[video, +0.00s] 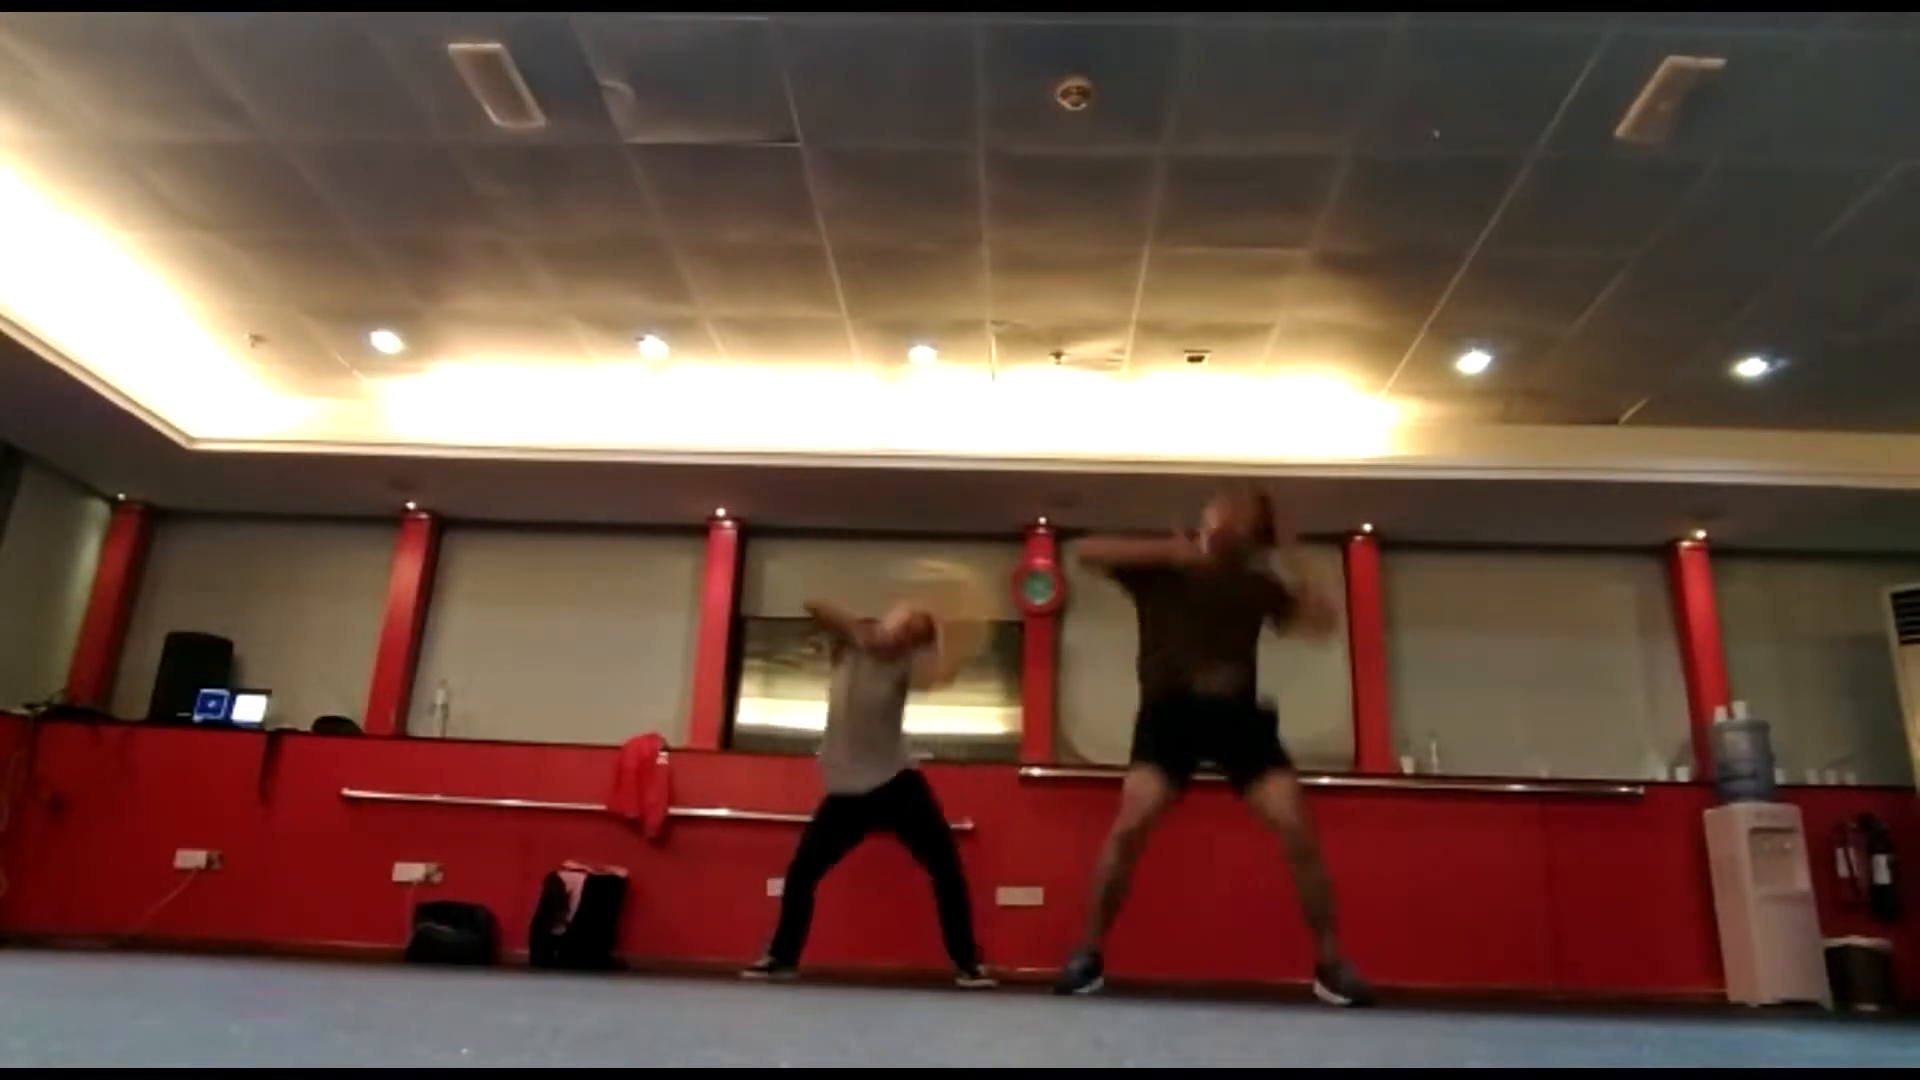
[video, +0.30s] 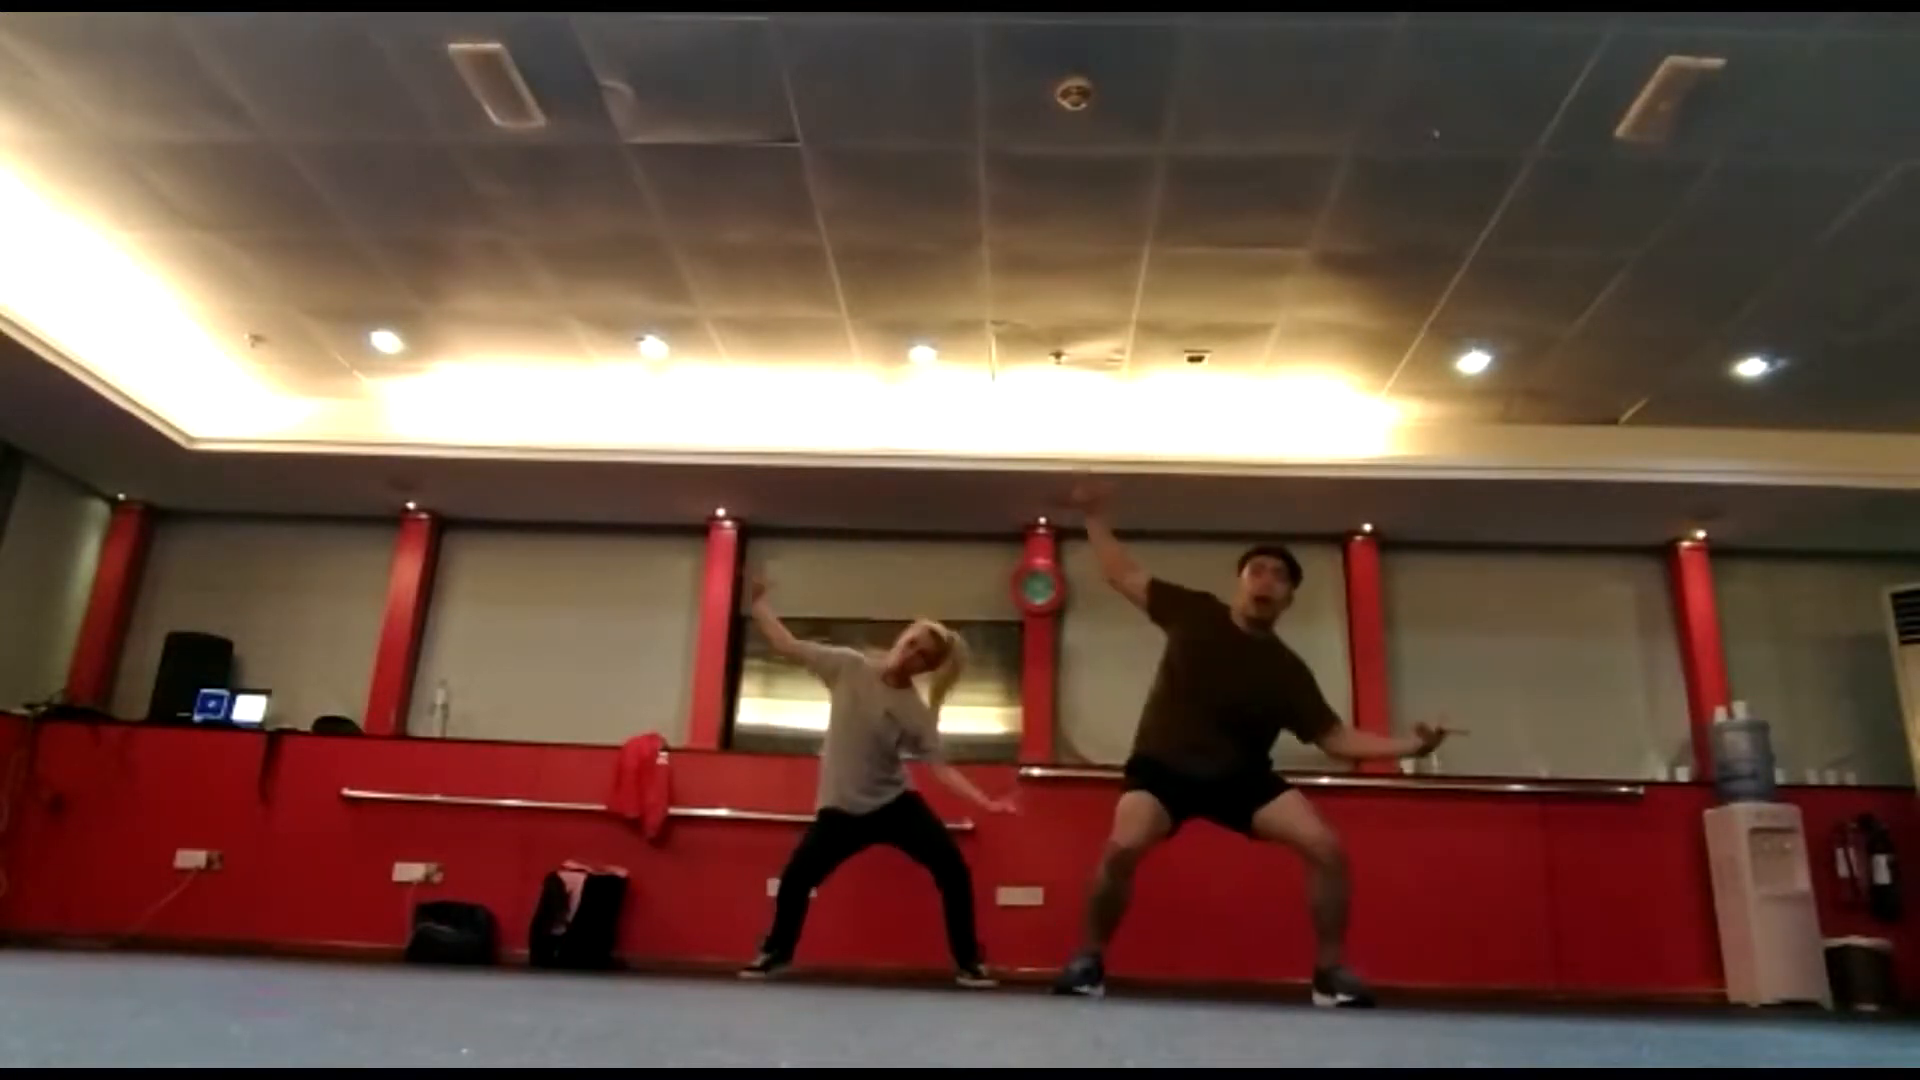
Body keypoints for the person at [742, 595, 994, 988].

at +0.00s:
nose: (898, 638)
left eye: (909, 636)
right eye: (900, 628)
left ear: (914, 643)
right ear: (888, 622)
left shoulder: (902, 664)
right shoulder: (847, 649)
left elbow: (942, 672)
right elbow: (816, 609)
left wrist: (935, 633)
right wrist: (861, 629)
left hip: (897, 789)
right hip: (846, 797)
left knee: (946, 868)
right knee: (800, 875)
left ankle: (967, 964)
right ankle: (782, 960)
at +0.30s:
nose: (909, 656)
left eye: (921, 657)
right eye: (910, 645)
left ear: (927, 668)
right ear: (899, 639)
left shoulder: (915, 713)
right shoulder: (849, 666)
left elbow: (941, 768)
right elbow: (787, 645)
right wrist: (758, 604)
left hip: (894, 808)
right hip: (840, 812)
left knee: (953, 871)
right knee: (795, 879)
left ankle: (969, 965)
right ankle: (775, 958)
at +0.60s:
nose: (864, 593)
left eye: (875, 588)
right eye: (860, 583)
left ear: (886, 598)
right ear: (849, 585)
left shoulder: (876, 655)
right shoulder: (814, 614)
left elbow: (902, 711)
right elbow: (766, 601)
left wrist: (858, 714)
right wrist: (788, 573)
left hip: (840, 759)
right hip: (789, 755)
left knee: (883, 838)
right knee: (754, 841)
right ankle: (740, 938)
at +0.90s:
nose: (760, 597)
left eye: (768, 587)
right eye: (753, 589)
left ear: (784, 592)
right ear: (743, 595)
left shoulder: (805, 647)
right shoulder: (742, 636)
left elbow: (830, 703)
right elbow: (762, 657)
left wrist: (810, 742)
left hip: (785, 766)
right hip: (737, 769)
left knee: (835, 779)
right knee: (683, 858)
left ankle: (836, 869)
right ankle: (643, 948)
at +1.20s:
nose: (817, 611)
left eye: (822, 601)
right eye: (808, 600)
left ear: (829, 606)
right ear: (788, 602)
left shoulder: (832, 668)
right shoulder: (766, 641)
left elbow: (855, 735)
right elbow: (735, 613)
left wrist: (823, 758)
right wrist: (748, 577)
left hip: (800, 786)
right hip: (747, 780)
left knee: (876, 847)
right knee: (696, 865)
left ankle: (851, 956)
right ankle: (632, 947)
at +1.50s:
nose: (795, 630)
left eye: (803, 619)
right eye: (787, 622)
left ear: (826, 620)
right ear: (782, 630)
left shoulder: (849, 661)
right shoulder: (801, 678)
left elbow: (896, 713)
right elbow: (797, 743)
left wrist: (885, 773)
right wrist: (796, 799)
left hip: (903, 770)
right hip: (859, 775)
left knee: (857, 860)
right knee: (819, 853)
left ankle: (906, 952)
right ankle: (853, 951)